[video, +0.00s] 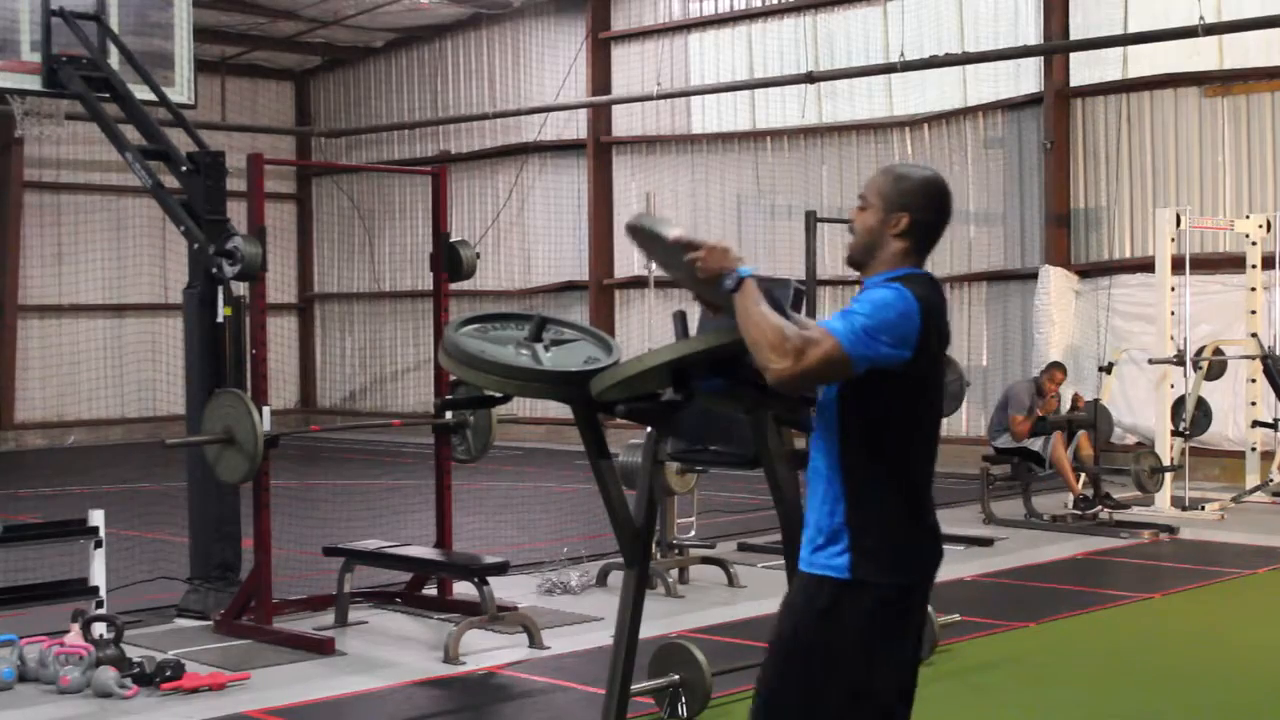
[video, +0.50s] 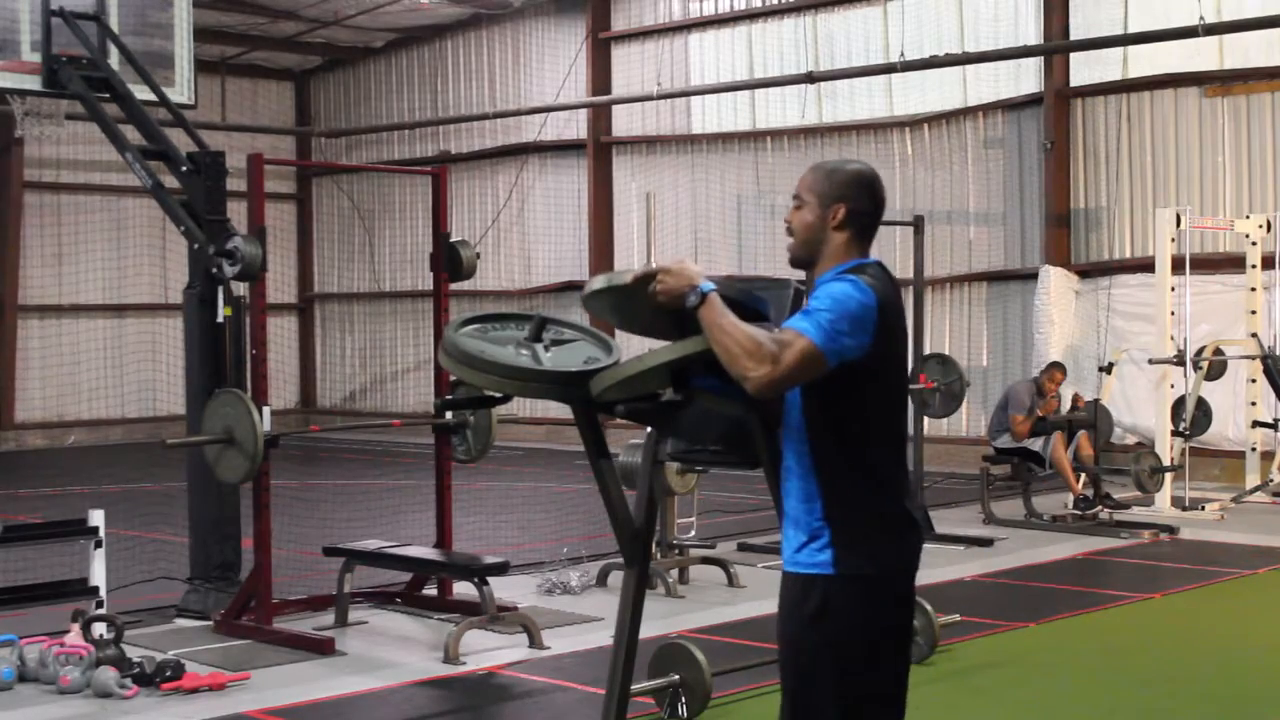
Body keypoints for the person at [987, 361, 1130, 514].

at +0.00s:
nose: (1054, 388)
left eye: (1058, 385)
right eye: (1051, 382)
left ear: (1061, 385)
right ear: (1041, 374)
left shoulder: (1050, 395)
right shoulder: (1020, 391)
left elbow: (1054, 427)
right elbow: (1018, 434)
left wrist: (1073, 412)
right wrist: (1041, 411)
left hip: (1028, 438)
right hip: (1003, 439)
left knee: (1080, 435)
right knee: (1055, 439)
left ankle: (1099, 494)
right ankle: (1079, 498)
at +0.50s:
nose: (1053, 388)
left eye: (1058, 385)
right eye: (1051, 381)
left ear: (1060, 385)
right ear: (1041, 374)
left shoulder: (1049, 395)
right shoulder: (1021, 391)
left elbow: (1051, 426)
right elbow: (1018, 434)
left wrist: (1073, 412)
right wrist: (1041, 412)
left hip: (1028, 438)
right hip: (1003, 439)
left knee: (1081, 435)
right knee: (1055, 439)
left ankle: (1099, 494)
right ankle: (1079, 497)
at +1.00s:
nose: (1053, 389)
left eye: (1058, 385)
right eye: (1051, 382)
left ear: (1061, 385)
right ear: (1042, 374)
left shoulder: (1051, 396)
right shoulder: (1020, 392)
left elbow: (1055, 428)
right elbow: (1018, 435)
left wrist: (1073, 411)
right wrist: (1040, 412)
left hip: (1029, 438)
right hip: (1004, 439)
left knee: (1080, 435)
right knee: (1055, 439)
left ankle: (1100, 494)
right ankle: (1079, 498)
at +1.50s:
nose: (1054, 389)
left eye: (1058, 385)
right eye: (1051, 382)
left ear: (1061, 385)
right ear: (1042, 375)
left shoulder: (1052, 396)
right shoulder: (1021, 391)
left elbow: (1054, 426)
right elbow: (1019, 435)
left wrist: (1074, 411)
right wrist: (1040, 412)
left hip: (1030, 438)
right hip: (1004, 439)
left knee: (1080, 435)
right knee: (1055, 439)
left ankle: (1099, 494)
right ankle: (1079, 498)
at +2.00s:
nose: (1054, 389)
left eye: (1058, 385)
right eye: (1051, 382)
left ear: (1061, 385)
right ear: (1042, 375)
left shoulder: (1052, 395)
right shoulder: (1021, 391)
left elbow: (1055, 426)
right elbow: (1019, 435)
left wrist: (1073, 411)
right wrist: (1040, 412)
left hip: (1030, 437)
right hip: (1004, 439)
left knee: (1081, 435)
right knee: (1055, 439)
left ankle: (1100, 494)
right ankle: (1079, 498)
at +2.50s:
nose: (1054, 388)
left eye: (1058, 385)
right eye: (1051, 382)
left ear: (1061, 384)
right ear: (1041, 375)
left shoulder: (1051, 395)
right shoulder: (1021, 391)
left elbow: (1054, 427)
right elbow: (1019, 435)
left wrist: (1073, 411)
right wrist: (1041, 412)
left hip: (1029, 438)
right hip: (1004, 440)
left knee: (1081, 436)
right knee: (1055, 439)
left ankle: (1099, 494)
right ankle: (1079, 498)